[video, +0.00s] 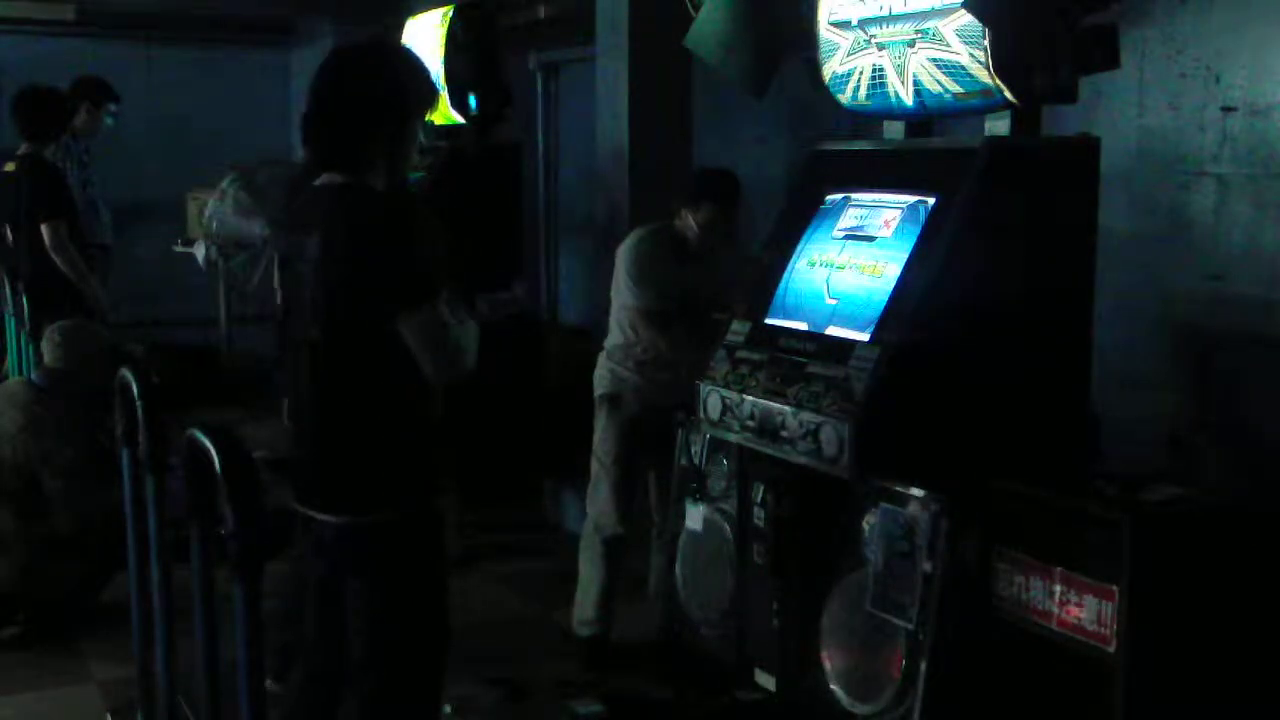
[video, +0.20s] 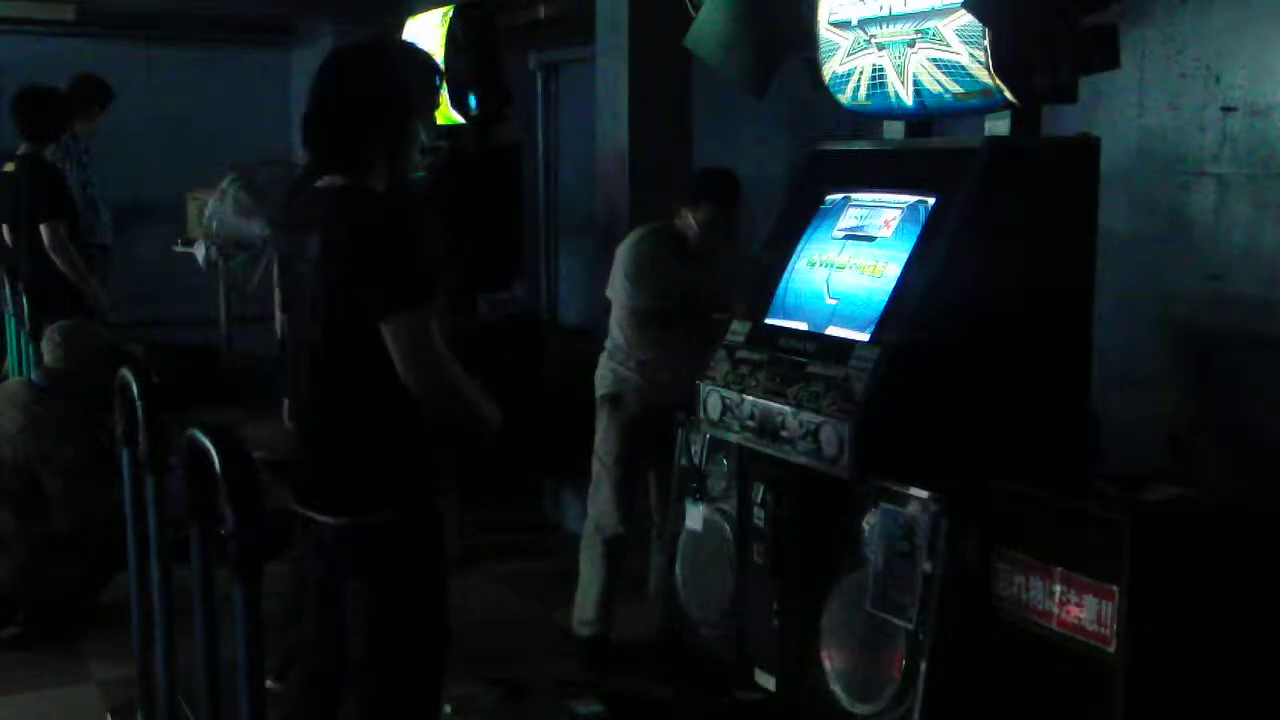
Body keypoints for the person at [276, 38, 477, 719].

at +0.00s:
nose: (419, 138)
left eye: (419, 120)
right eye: (414, 119)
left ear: (326, 114)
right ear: (388, 121)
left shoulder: (301, 208)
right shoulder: (387, 216)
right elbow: (443, 357)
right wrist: (465, 317)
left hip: (318, 467)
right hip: (387, 476)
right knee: (399, 662)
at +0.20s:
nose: (423, 136)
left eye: (423, 118)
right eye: (417, 118)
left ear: (332, 114)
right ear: (386, 120)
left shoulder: (302, 207)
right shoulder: (384, 215)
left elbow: (287, 328)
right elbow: (417, 358)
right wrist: (482, 414)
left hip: (320, 461)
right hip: (385, 472)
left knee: (329, 644)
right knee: (402, 659)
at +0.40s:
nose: (426, 138)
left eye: (427, 120)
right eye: (420, 119)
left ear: (333, 115)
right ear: (389, 122)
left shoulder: (303, 204)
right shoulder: (386, 220)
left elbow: (282, 340)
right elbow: (410, 367)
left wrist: (313, 417)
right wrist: (468, 468)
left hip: (320, 465)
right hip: (387, 477)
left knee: (328, 643)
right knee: (404, 662)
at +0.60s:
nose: (431, 137)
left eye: (431, 119)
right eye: (423, 120)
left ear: (335, 116)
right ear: (394, 125)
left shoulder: (306, 203)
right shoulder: (391, 220)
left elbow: (276, 344)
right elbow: (408, 375)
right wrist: (456, 501)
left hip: (319, 474)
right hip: (385, 487)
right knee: (401, 666)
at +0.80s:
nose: (436, 137)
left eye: (434, 119)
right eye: (427, 120)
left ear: (337, 120)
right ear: (398, 126)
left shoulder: (307, 209)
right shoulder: (397, 225)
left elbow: (285, 352)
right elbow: (406, 381)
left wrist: (322, 422)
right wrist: (446, 509)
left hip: (320, 473)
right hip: (387, 487)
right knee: (399, 669)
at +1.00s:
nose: (436, 136)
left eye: (436, 118)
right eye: (429, 118)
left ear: (338, 115)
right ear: (399, 122)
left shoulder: (304, 203)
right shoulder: (397, 218)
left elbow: (288, 344)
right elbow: (407, 377)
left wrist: (304, 446)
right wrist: (458, 498)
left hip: (322, 473)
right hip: (391, 484)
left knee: (328, 659)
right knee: (406, 670)